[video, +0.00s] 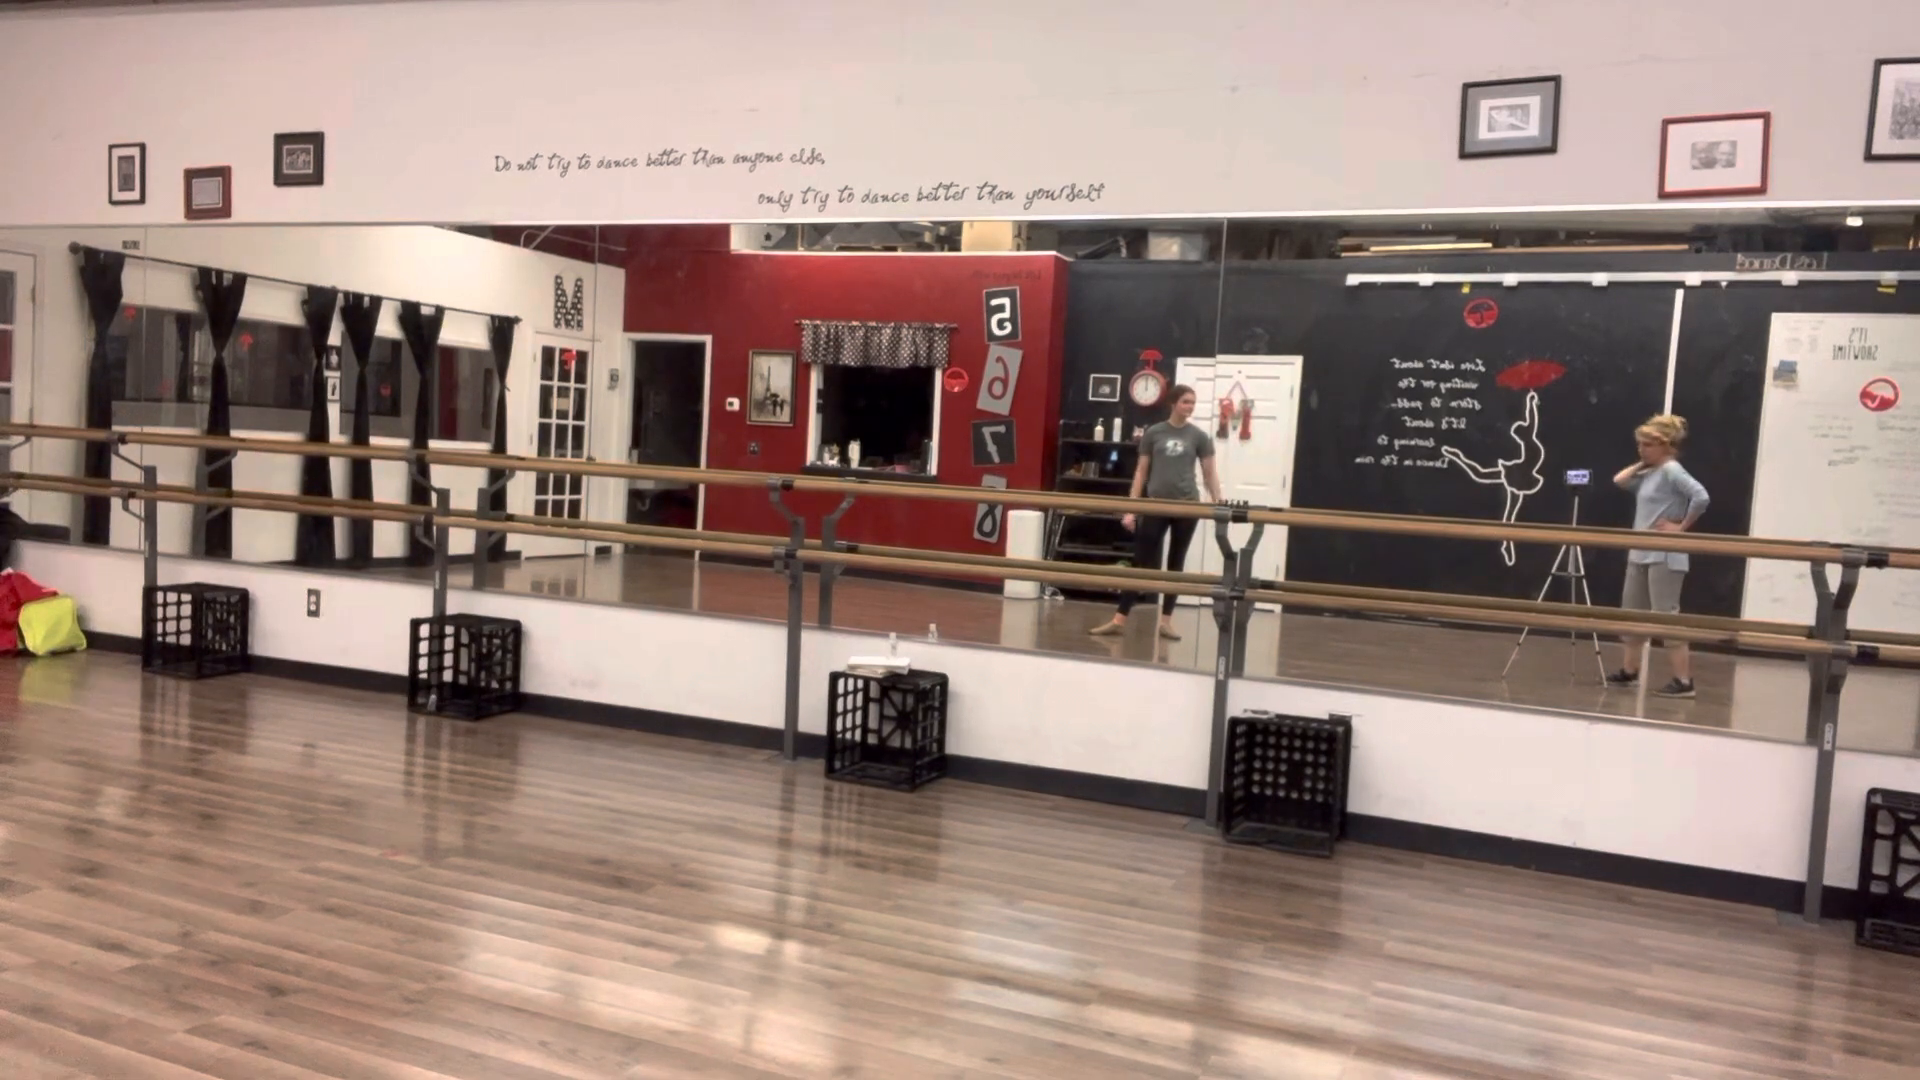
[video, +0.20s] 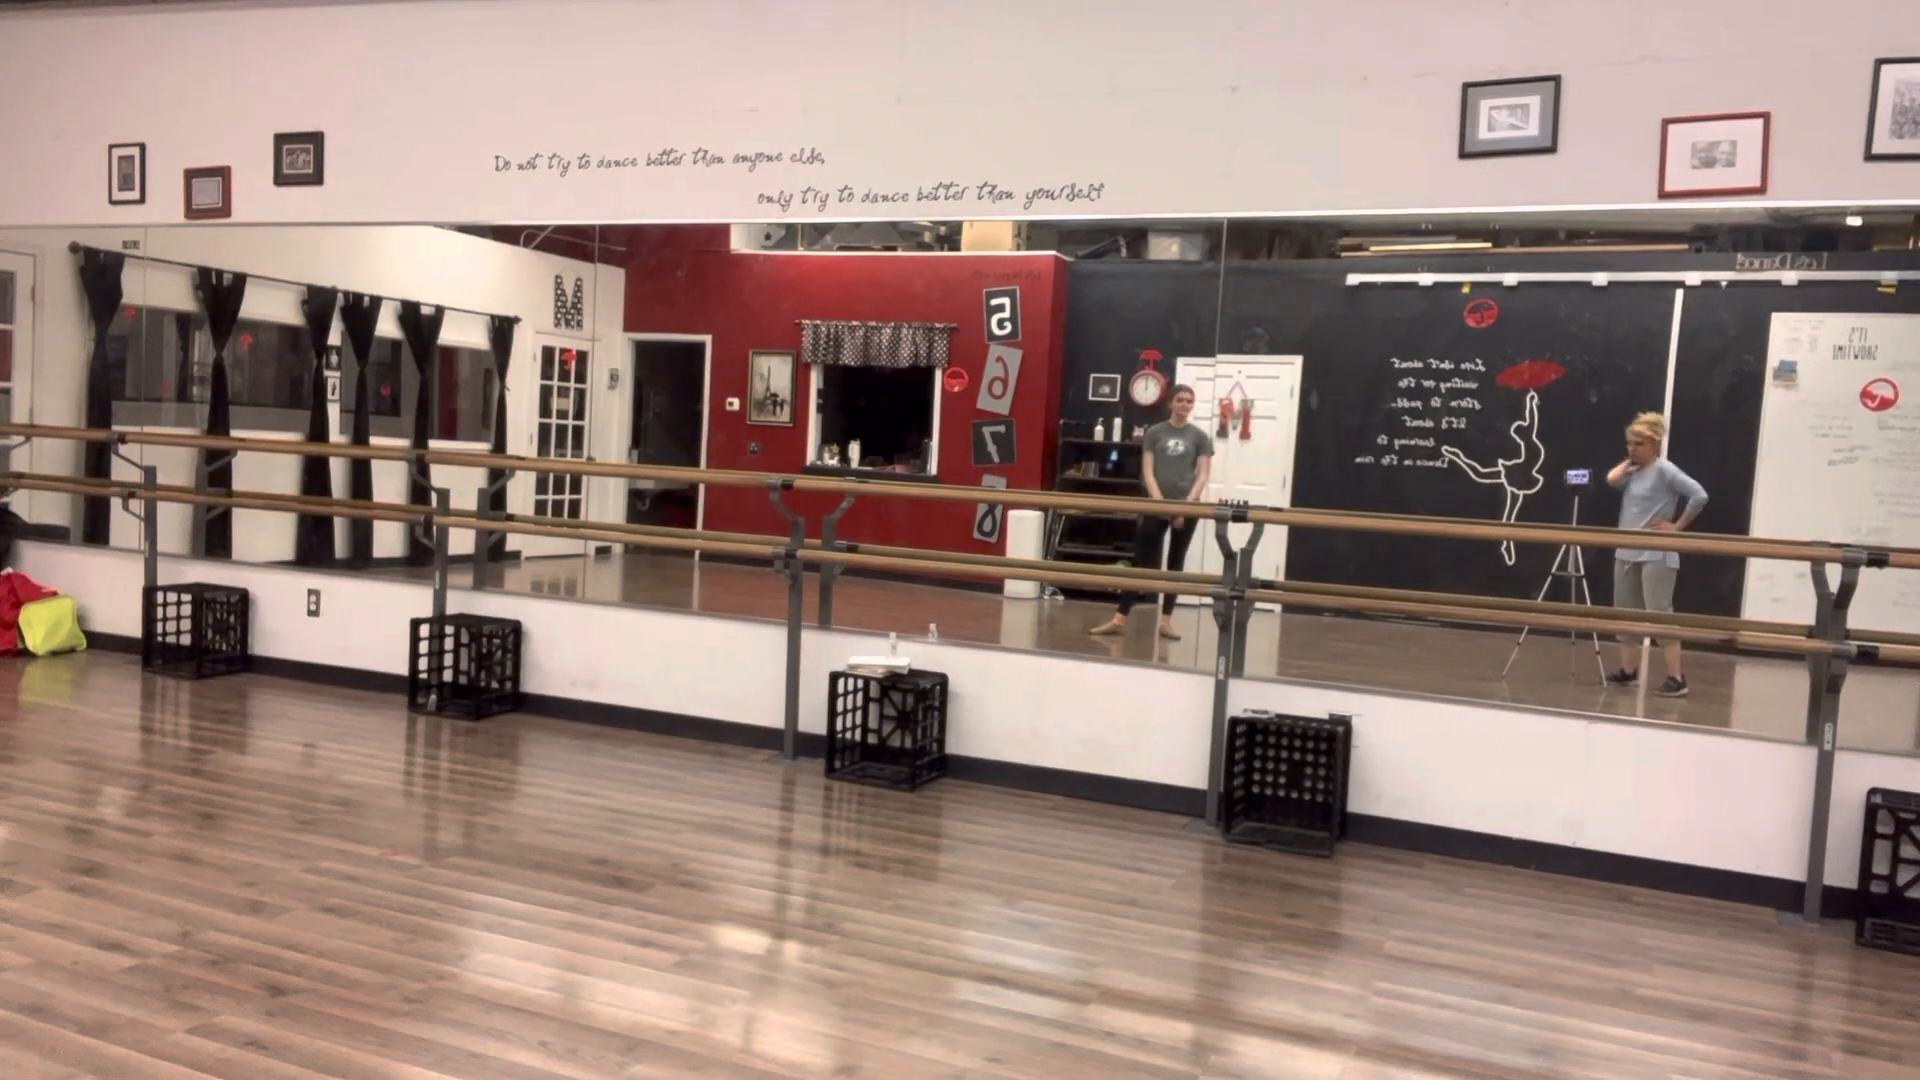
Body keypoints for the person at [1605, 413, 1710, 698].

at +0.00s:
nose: (1642, 450)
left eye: (1648, 445)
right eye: (1640, 444)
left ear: (1666, 446)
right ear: (1642, 447)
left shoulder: (1672, 470)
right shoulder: (1648, 473)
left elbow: (1700, 497)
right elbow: (1619, 480)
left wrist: (1681, 527)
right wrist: (1642, 463)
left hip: (1665, 556)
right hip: (1639, 553)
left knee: (1667, 617)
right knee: (1631, 613)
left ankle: (1682, 679)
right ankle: (1629, 670)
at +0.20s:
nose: (1633, 450)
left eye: (1639, 444)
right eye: (1630, 444)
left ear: (1655, 446)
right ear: (1629, 445)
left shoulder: (1665, 470)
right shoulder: (1631, 471)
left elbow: (1699, 495)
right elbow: (1612, 479)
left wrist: (1677, 526)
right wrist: (1627, 464)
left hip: (1657, 554)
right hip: (1626, 552)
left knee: (1660, 614)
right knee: (1624, 613)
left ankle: (1675, 676)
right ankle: (1628, 670)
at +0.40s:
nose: (1631, 451)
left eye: (1637, 445)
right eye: (1628, 444)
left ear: (1651, 446)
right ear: (1623, 445)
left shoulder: (1663, 471)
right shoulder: (1623, 470)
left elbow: (1700, 496)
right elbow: (1611, 483)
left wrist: (1676, 526)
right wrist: (1625, 460)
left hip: (1655, 554)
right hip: (1622, 553)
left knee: (1660, 615)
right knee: (1624, 615)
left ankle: (1670, 675)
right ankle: (1628, 669)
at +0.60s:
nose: (1634, 451)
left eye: (1640, 445)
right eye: (1630, 444)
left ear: (1653, 447)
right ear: (1625, 445)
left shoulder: (1666, 471)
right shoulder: (1624, 470)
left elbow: (1703, 496)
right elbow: (1616, 484)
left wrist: (1679, 526)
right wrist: (1627, 461)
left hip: (1658, 555)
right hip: (1623, 554)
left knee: (1662, 616)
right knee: (1625, 616)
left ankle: (1672, 675)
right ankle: (1628, 670)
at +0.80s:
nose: (1642, 451)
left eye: (1649, 446)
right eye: (1638, 444)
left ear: (1660, 447)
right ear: (1632, 445)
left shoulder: (1674, 472)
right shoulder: (1629, 471)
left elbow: (1711, 497)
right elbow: (1623, 484)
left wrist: (1686, 526)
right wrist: (1634, 460)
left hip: (1664, 555)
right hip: (1629, 554)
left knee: (1667, 616)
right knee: (1629, 615)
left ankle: (1673, 676)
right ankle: (1628, 670)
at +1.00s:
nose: (1651, 451)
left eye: (1658, 446)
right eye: (1647, 445)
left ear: (1669, 447)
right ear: (1641, 446)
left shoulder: (1682, 472)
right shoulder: (1637, 472)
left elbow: (1721, 497)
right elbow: (1631, 486)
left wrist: (1695, 527)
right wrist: (1644, 459)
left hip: (1673, 556)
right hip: (1638, 554)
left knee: (1673, 617)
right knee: (1634, 613)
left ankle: (1673, 675)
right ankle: (1629, 670)